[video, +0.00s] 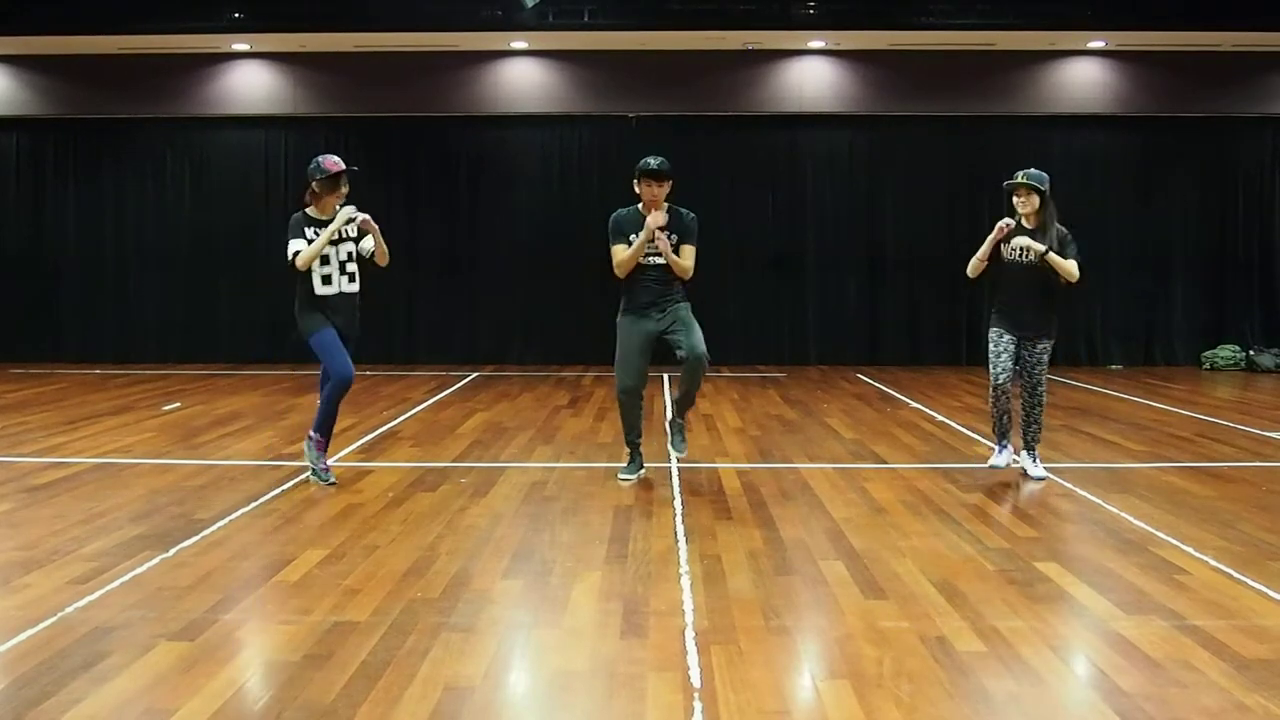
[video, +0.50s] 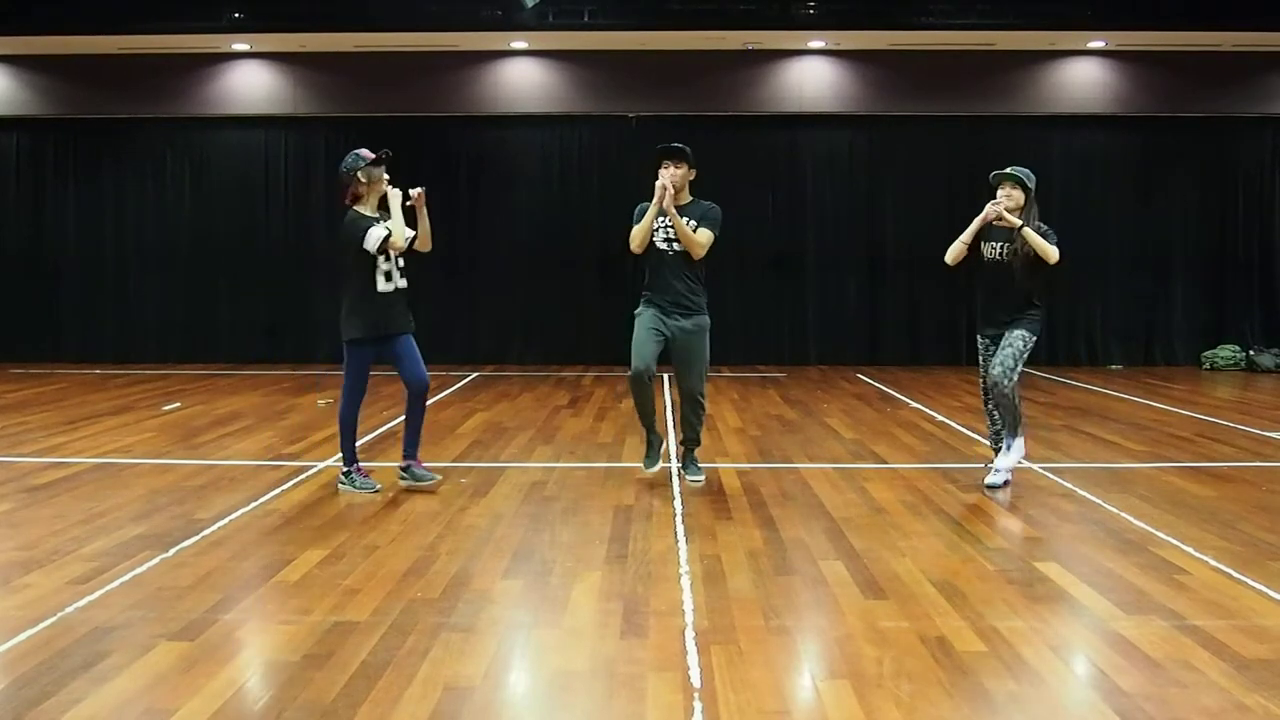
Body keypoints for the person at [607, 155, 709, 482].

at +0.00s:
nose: (653, 190)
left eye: (659, 184)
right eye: (647, 184)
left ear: (669, 186)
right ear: (637, 186)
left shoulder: (685, 220)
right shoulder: (621, 220)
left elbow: (687, 271)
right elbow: (621, 268)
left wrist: (668, 254)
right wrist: (646, 233)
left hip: (674, 307)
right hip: (635, 312)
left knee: (697, 355)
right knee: (627, 386)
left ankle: (678, 416)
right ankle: (634, 454)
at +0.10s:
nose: (659, 185)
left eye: (666, 179)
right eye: (653, 179)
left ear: (676, 182)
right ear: (643, 181)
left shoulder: (690, 218)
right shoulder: (628, 214)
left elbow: (688, 267)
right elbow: (624, 258)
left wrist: (667, 237)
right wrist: (648, 217)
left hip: (679, 315)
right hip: (637, 316)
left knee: (699, 377)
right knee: (630, 387)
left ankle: (689, 446)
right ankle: (634, 454)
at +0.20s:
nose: (664, 181)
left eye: (671, 175)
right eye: (659, 175)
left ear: (683, 180)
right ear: (651, 179)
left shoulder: (698, 220)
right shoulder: (637, 213)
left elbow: (687, 262)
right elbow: (629, 254)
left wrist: (665, 222)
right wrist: (652, 212)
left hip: (684, 316)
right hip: (643, 315)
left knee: (694, 393)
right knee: (630, 385)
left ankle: (690, 454)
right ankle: (633, 449)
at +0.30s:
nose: (667, 178)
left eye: (675, 172)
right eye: (662, 172)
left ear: (688, 179)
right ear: (656, 178)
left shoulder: (704, 217)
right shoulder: (642, 212)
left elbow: (688, 255)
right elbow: (633, 249)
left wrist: (666, 215)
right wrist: (655, 209)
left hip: (687, 316)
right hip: (647, 311)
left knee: (694, 392)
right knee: (630, 366)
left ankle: (690, 453)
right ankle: (636, 428)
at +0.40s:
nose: (669, 173)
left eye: (676, 167)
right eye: (664, 167)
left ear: (690, 174)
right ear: (658, 174)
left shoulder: (706, 212)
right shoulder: (645, 209)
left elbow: (694, 249)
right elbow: (634, 245)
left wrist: (669, 210)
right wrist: (656, 203)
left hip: (689, 313)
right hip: (651, 306)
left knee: (693, 391)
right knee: (634, 357)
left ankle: (690, 453)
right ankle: (644, 422)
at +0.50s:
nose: (669, 172)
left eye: (677, 166)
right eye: (664, 166)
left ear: (690, 173)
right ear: (658, 173)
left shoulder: (708, 211)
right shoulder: (645, 210)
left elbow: (697, 249)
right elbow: (636, 246)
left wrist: (671, 211)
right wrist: (657, 204)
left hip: (692, 315)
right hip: (652, 310)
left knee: (693, 390)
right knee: (639, 370)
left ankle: (690, 453)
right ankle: (651, 437)